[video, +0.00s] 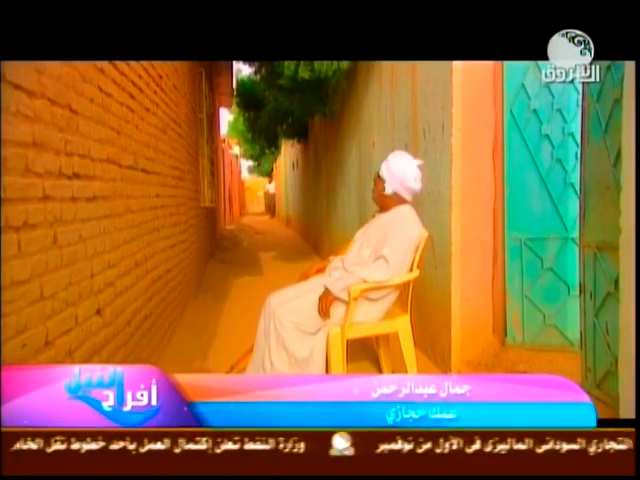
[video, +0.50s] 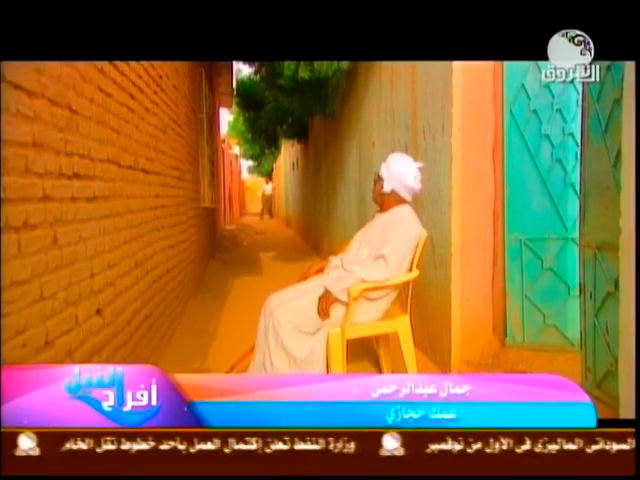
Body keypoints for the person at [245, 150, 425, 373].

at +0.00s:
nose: (373, 186)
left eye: (378, 181)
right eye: (376, 179)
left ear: (390, 188)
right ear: (392, 189)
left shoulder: (405, 221)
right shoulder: (388, 216)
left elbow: (388, 271)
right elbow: (358, 253)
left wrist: (336, 288)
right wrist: (327, 266)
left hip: (360, 298)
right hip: (341, 281)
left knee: (283, 314)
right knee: (274, 303)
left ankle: (281, 386)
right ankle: (266, 379)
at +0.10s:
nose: (373, 185)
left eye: (378, 180)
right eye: (376, 179)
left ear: (389, 186)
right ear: (394, 187)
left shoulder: (404, 221)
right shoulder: (388, 216)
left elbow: (387, 271)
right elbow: (358, 253)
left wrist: (335, 288)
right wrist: (327, 266)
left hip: (359, 299)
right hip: (341, 282)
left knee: (282, 313)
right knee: (274, 303)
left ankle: (279, 386)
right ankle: (267, 380)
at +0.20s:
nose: (373, 186)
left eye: (378, 180)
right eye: (375, 179)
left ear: (388, 185)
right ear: (395, 186)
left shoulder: (403, 221)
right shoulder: (388, 216)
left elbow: (388, 272)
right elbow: (357, 253)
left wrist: (335, 288)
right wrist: (327, 265)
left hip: (359, 299)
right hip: (341, 282)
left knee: (281, 313)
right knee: (275, 304)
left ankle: (280, 386)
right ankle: (268, 380)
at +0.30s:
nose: (373, 186)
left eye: (378, 180)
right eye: (376, 179)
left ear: (389, 186)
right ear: (395, 187)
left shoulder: (403, 221)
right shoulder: (387, 216)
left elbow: (388, 272)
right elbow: (356, 252)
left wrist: (336, 289)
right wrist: (326, 266)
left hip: (358, 297)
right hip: (341, 280)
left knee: (282, 314)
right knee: (274, 304)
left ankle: (281, 387)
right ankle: (267, 381)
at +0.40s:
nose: (373, 186)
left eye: (378, 181)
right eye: (376, 180)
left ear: (388, 186)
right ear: (395, 187)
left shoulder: (404, 221)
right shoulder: (387, 216)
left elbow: (388, 272)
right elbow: (356, 252)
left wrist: (336, 289)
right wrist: (326, 266)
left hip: (358, 297)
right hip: (340, 280)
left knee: (282, 314)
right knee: (274, 304)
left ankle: (282, 387)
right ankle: (267, 380)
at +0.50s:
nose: (373, 186)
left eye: (378, 181)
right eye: (376, 180)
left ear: (389, 187)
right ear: (394, 187)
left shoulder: (403, 221)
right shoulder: (387, 216)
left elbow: (387, 272)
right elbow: (356, 251)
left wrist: (336, 289)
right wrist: (326, 266)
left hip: (358, 297)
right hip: (341, 279)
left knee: (282, 315)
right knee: (274, 304)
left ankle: (282, 386)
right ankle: (268, 380)